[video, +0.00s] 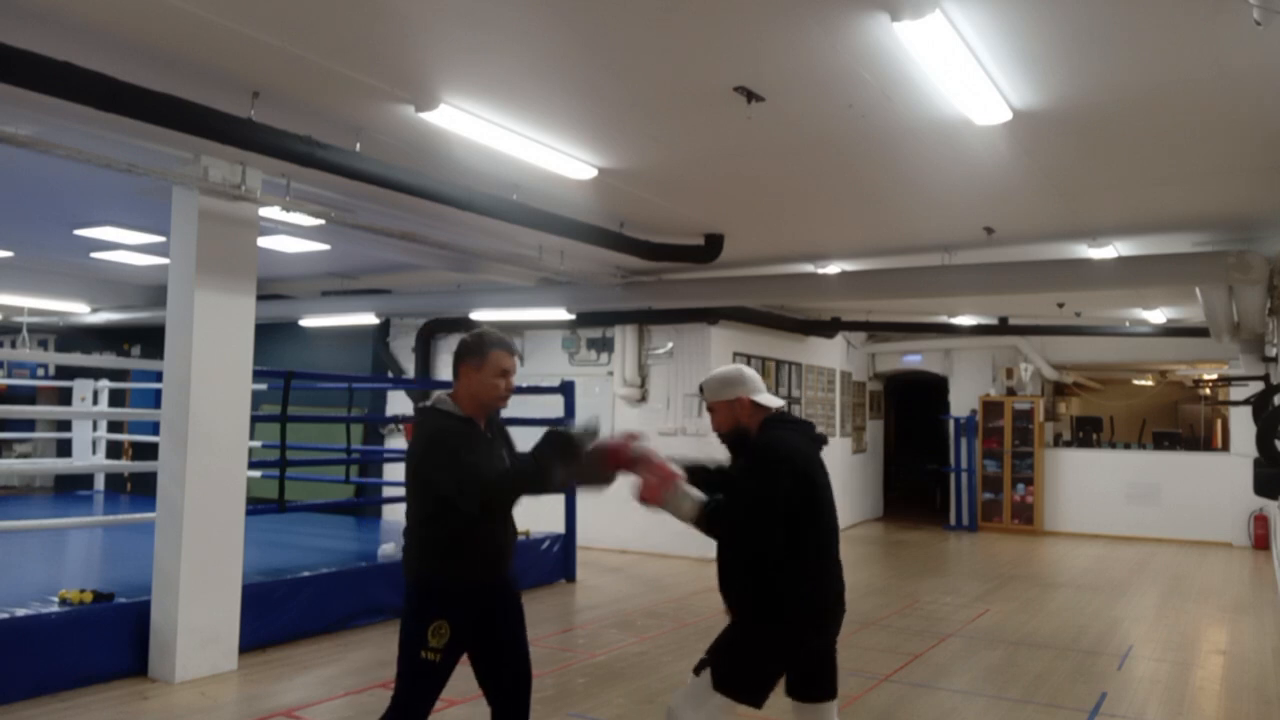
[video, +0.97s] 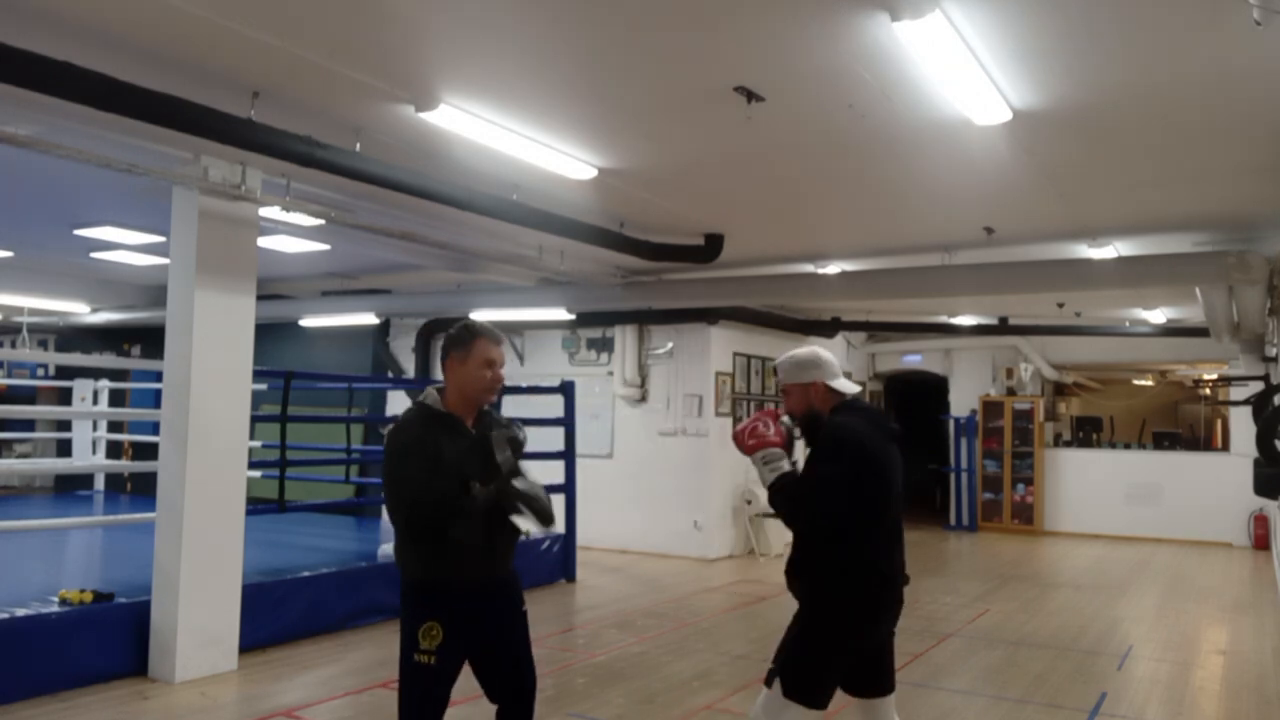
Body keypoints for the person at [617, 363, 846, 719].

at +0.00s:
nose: (712, 425)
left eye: (714, 412)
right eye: (710, 414)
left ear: (742, 405)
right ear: (744, 405)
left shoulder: (771, 452)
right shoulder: (786, 442)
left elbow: (738, 525)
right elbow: (729, 481)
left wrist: (675, 499)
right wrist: (664, 470)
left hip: (774, 615)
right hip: (814, 609)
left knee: (692, 709)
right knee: (816, 711)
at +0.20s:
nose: (712, 414)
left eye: (713, 402)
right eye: (709, 404)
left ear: (741, 397)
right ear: (747, 395)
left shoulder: (746, 440)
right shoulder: (803, 431)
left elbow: (677, 485)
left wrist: (635, 449)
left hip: (765, 607)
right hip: (812, 600)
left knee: (696, 707)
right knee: (815, 709)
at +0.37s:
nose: (709, 411)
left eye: (710, 399)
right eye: (707, 401)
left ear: (737, 394)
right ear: (741, 392)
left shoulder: (781, 439)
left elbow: (749, 522)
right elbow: (703, 444)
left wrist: (698, 478)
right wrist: (629, 442)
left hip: (780, 606)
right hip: (809, 598)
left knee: (711, 707)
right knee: (817, 708)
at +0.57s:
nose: (742, 413)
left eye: (742, 401)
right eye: (739, 404)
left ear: (763, 393)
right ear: (777, 389)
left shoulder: (771, 439)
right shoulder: (833, 428)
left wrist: (700, 410)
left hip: (792, 607)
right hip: (844, 599)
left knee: (734, 705)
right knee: (862, 701)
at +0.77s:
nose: (786, 411)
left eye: (787, 401)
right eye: (784, 402)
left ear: (808, 395)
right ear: (826, 392)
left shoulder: (813, 440)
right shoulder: (875, 431)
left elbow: (748, 489)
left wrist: (738, 428)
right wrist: (782, 450)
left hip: (825, 601)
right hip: (881, 594)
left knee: (775, 705)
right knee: (885, 702)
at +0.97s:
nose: (784, 406)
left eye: (787, 393)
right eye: (783, 395)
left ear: (815, 388)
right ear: (822, 387)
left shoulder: (839, 434)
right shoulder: (868, 425)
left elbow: (805, 516)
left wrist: (770, 460)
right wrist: (784, 455)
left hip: (835, 600)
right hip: (875, 595)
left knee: (777, 707)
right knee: (877, 705)